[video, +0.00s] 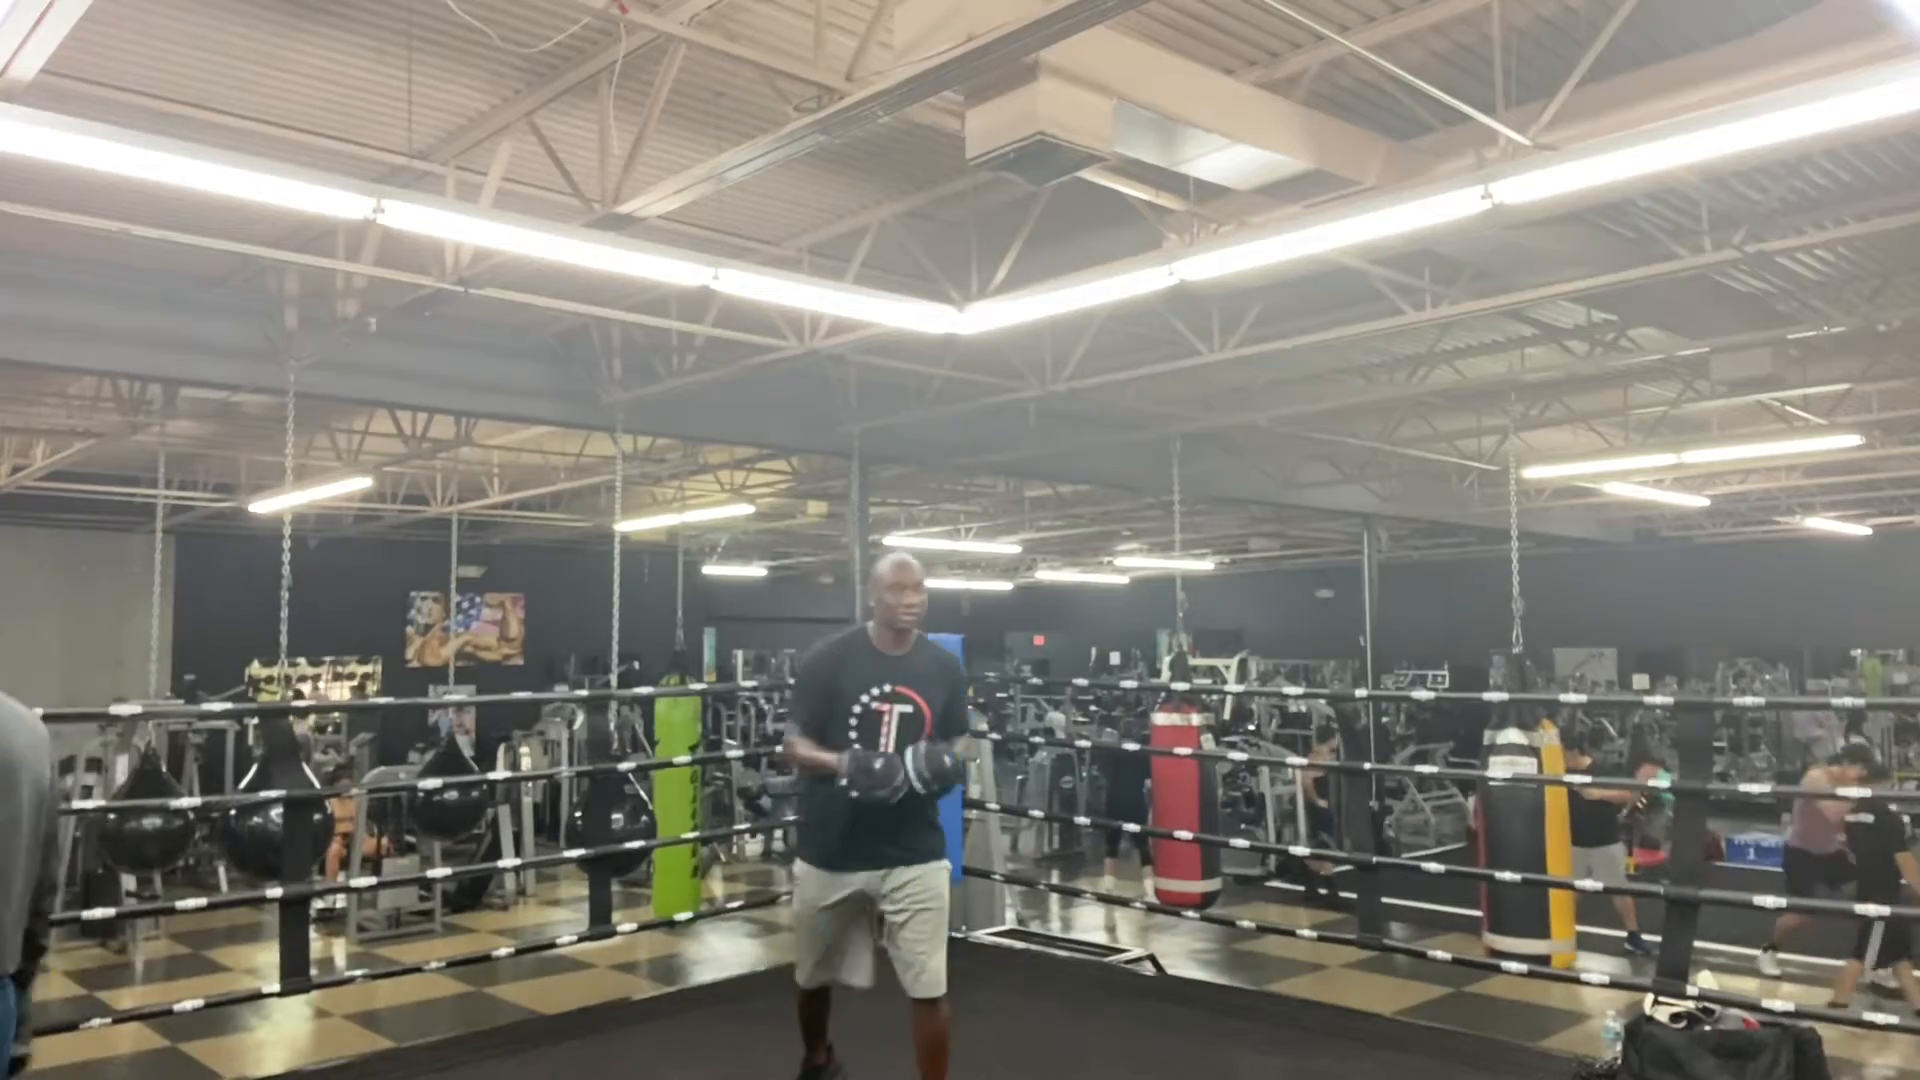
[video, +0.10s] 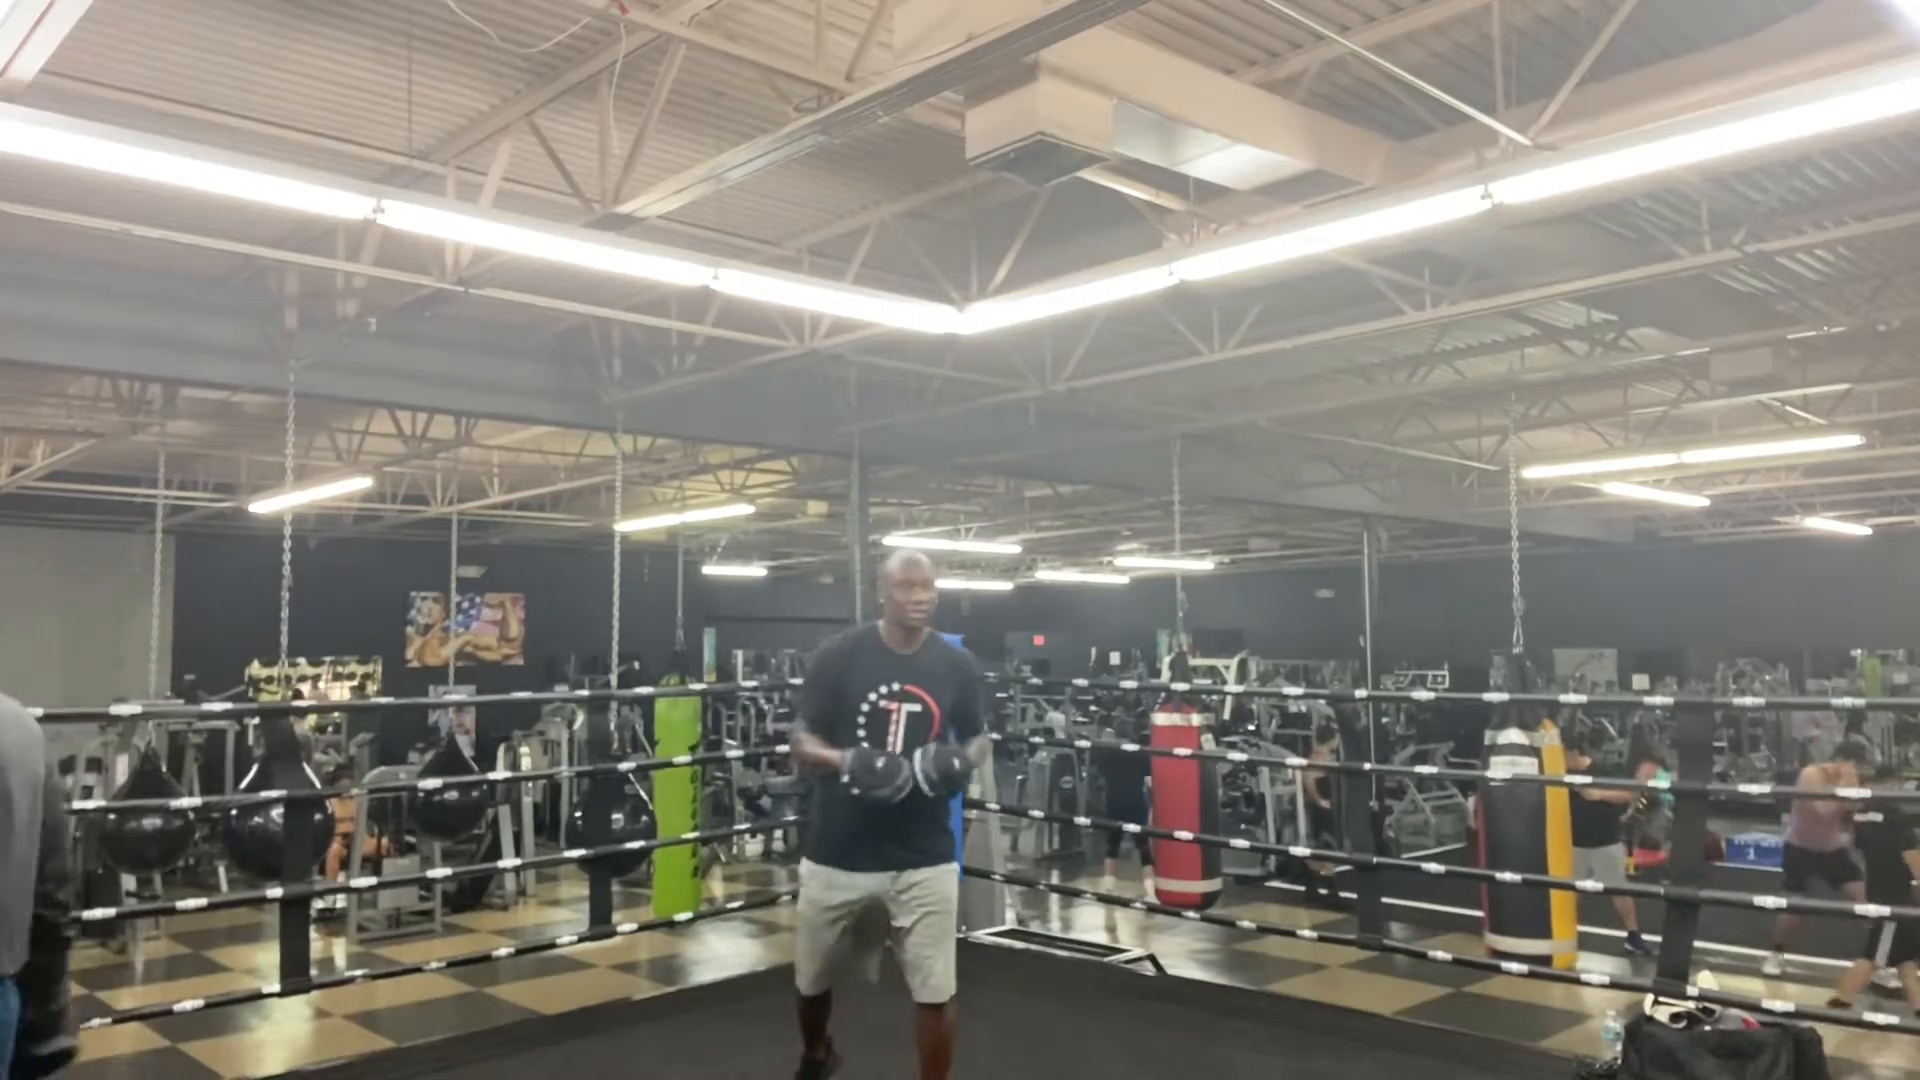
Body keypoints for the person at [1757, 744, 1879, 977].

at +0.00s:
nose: (1858, 781)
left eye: (1861, 778)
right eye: (1858, 775)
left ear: (1854, 769)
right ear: (1846, 764)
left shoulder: (1843, 784)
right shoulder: (1815, 777)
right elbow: (1833, 813)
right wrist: (1855, 793)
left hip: (1832, 852)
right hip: (1801, 851)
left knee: (1872, 888)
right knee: (1802, 911)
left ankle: (1876, 964)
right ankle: (1769, 951)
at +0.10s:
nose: (1853, 771)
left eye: (1856, 767)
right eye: (1851, 765)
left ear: (1857, 766)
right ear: (1841, 759)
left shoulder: (1851, 780)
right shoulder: (1811, 774)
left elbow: (1852, 816)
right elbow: (1822, 810)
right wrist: (1844, 790)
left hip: (1834, 851)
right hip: (1800, 850)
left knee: (1863, 898)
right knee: (1795, 906)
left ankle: (1876, 961)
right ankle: (1775, 954)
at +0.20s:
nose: (1848, 769)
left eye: (1852, 766)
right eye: (1846, 764)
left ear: (1854, 766)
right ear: (1835, 759)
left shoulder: (1852, 779)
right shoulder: (1805, 772)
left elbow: (1858, 813)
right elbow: (1810, 806)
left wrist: (1855, 788)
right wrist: (1831, 783)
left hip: (1835, 853)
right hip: (1798, 852)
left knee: (1866, 902)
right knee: (1785, 905)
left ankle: (1877, 961)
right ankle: (1777, 954)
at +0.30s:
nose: (1832, 771)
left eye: (1838, 767)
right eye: (1829, 765)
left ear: (1844, 765)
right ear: (1820, 761)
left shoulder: (1846, 778)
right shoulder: (1799, 773)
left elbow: (1861, 817)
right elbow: (1795, 809)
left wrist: (1847, 789)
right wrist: (1819, 793)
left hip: (1833, 852)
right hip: (1796, 852)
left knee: (1864, 903)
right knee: (1780, 903)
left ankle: (1875, 963)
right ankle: (1777, 954)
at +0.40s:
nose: (1829, 768)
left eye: (1835, 765)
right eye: (1826, 763)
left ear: (1840, 765)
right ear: (1815, 759)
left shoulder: (1843, 774)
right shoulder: (1795, 772)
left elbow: (1858, 814)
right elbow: (1792, 809)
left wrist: (1842, 784)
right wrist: (1816, 786)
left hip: (1833, 853)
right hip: (1794, 851)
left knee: (1866, 906)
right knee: (1779, 904)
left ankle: (1876, 966)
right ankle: (1777, 956)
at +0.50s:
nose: (1825, 766)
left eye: (1831, 762)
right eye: (1822, 761)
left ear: (1836, 761)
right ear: (1812, 757)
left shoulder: (1841, 772)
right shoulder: (1792, 771)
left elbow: (1856, 810)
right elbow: (1791, 807)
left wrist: (1839, 781)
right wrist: (1813, 782)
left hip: (1832, 852)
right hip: (1793, 851)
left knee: (1866, 908)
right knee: (1778, 905)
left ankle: (1877, 968)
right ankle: (1777, 956)